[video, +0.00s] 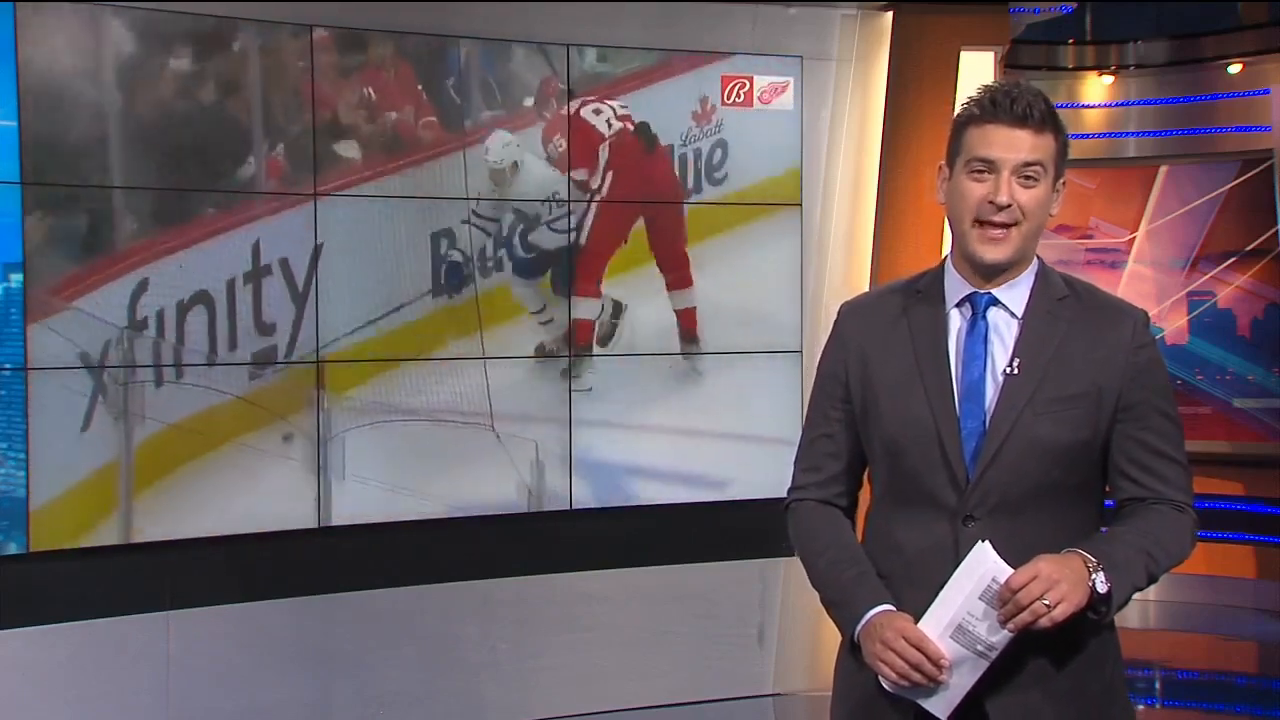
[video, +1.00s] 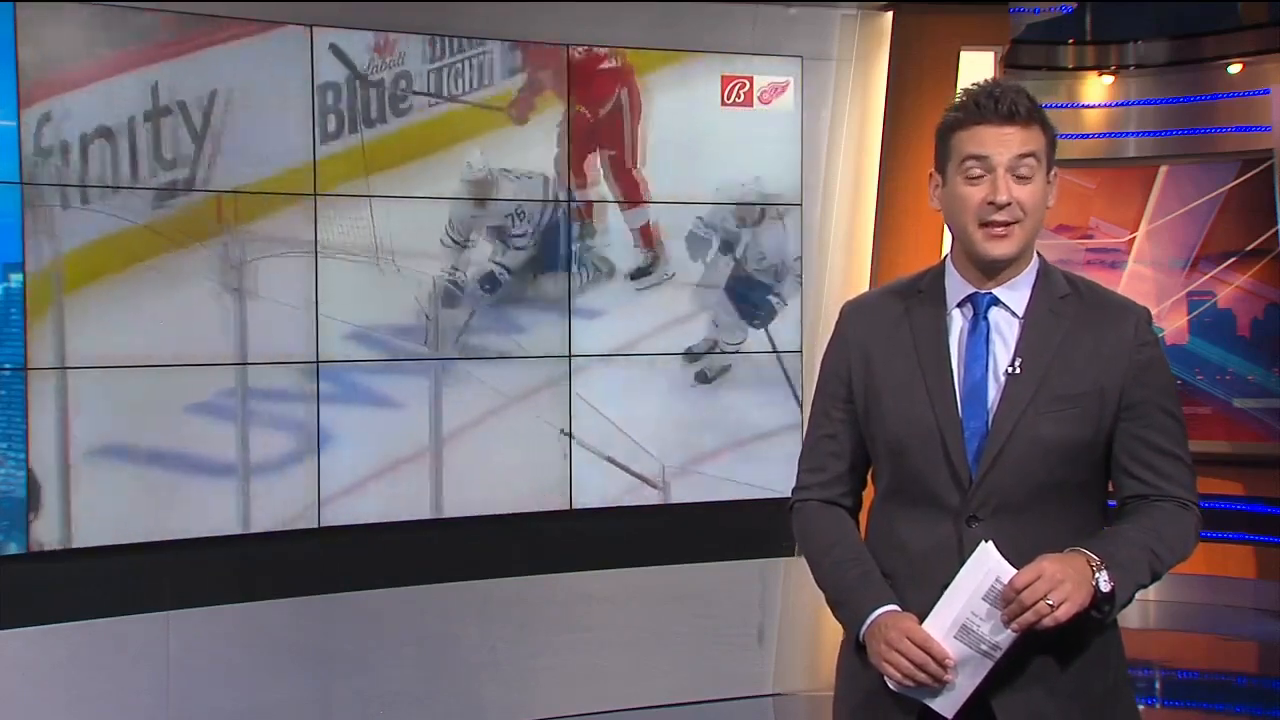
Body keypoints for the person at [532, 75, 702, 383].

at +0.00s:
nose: (544, 116)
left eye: (544, 112)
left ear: (550, 106)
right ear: (568, 95)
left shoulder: (561, 120)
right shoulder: (612, 104)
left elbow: (579, 175)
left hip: (623, 182)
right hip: (665, 178)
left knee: (590, 265)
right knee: (674, 259)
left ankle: (580, 352)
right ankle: (690, 339)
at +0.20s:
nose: (554, 124)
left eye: (553, 118)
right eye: (552, 119)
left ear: (560, 111)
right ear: (578, 100)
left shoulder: (574, 122)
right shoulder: (615, 107)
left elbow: (576, 177)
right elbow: (667, 124)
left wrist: (575, 224)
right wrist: (676, 162)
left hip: (621, 175)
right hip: (660, 171)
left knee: (596, 245)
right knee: (662, 240)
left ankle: (588, 321)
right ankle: (667, 311)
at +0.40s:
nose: (559, 101)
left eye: (558, 95)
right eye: (556, 95)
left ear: (567, 88)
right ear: (581, 77)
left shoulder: (578, 114)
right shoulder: (618, 82)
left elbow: (581, 176)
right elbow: (674, 86)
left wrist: (573, 220)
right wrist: (671, 122)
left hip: (637, 170)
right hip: (671, 162)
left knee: (602, 236)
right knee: (660, 207)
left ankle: (610, 315)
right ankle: (674, 277)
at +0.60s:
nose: (553, 60)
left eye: (553, 53)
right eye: (550, 53)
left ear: (569, 51)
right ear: (576, 46)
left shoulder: (585, 85)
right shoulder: (609, 46)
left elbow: (610, 143)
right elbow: (657, 56)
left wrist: (575, 167)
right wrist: (653, 89)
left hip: (642, 143)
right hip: (662, 130)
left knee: (605, 216)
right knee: (637, 191)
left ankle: (614, 293)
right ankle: (662, 252)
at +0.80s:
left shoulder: (607, 50)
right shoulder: (586, 50)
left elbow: (639, 96)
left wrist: (605, 132)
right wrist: (580, 86)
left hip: (652, 108)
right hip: (630, 109)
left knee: (631, 184)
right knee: (614, 172)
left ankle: (657, 270)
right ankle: (654, 245)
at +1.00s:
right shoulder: (531, 42)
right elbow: (538, 73)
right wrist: (523, 102)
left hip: (615, 86)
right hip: (579, 96)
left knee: (620, 168)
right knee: (569, 166)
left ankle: (651, 253)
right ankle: (585, 237)